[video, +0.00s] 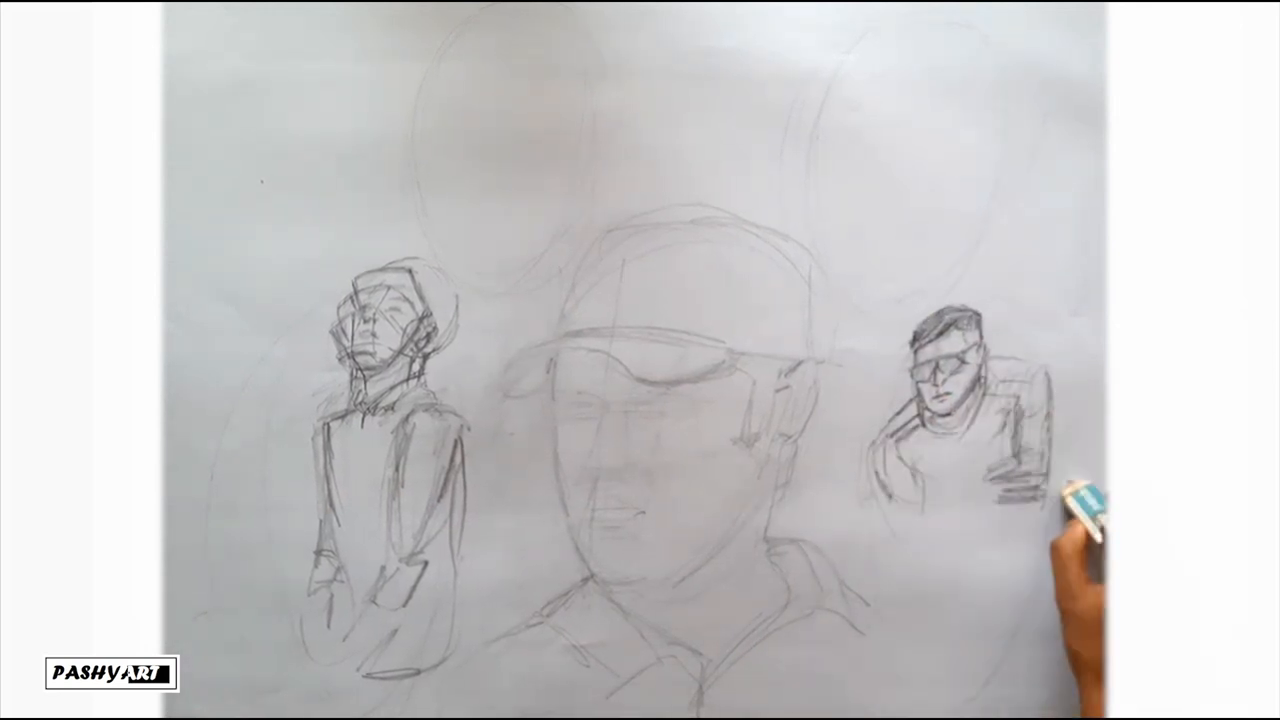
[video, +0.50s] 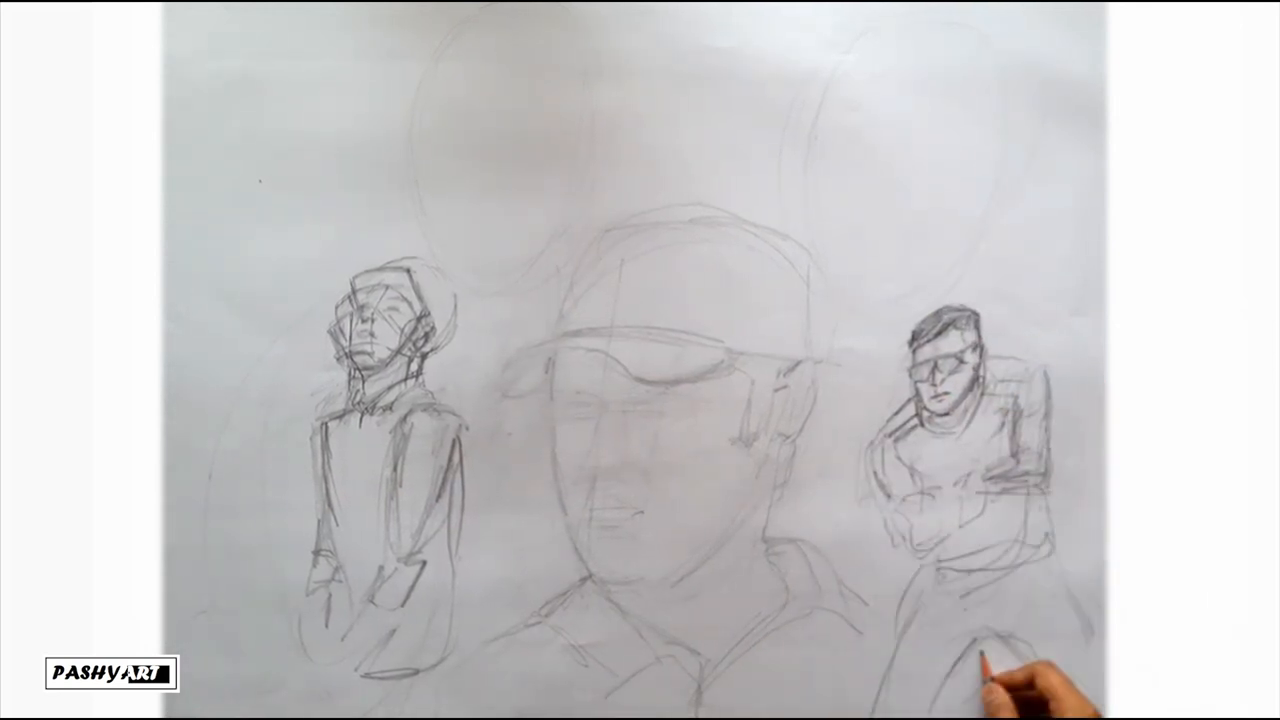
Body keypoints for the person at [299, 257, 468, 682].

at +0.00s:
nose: (370, 326)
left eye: (391, 314)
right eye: (362, 313)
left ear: (423, 333)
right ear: (347, 327)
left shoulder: (433, 426)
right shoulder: (329, 427)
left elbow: (429, 560)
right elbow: (328, 545)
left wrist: (352, 656)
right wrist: (318, 636)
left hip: (409, 630)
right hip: (341, 632)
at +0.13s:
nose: (369, 325)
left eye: (391, 313)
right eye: (361, 312)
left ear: (422, 333)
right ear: (346, 326)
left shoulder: (433, 427)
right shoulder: (329, 426)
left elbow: (427, 560)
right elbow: (328, 543)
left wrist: (352, 655)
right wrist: (318, 633)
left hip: (411, 628)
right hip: (342, 627)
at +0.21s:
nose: (369, 325)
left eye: (392, 314)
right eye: (362, 312)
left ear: (423, 334)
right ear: (345, 327)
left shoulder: (433, 426)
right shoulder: (329, 426)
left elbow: (427, 561)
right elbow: (329, 542)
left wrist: (351, 658)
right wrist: (318, 632)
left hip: (411, 628)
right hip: (342, 628)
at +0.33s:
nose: (368, 323)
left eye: (390, 312)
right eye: (360, 311)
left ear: (422, 334)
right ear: (344, 326)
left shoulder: (433, 427)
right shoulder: (328, 426)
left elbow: (426, 561)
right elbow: (326, 545)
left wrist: (354, 654)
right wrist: (318, 639)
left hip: (413, 624)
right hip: (341, 624)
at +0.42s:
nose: (368, 324)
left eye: (390, 312)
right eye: (360, 311)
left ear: (420, 333)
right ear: (344, 325)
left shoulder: (433, 425)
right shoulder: (328, 424)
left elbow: (423, 560)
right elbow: (326, 544)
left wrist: (353, 654)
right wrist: (319, 631)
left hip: (413, 623)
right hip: (340, 624)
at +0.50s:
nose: (367, 323)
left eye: (390, 311)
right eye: (359, 310)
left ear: (422, 333)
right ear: (343, 326)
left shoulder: (432, 427)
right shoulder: (327, 426)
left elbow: (427, 560)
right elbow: (327, 542)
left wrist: (352, 655)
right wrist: (318, 637)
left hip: (410, 629)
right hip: (340, 628)